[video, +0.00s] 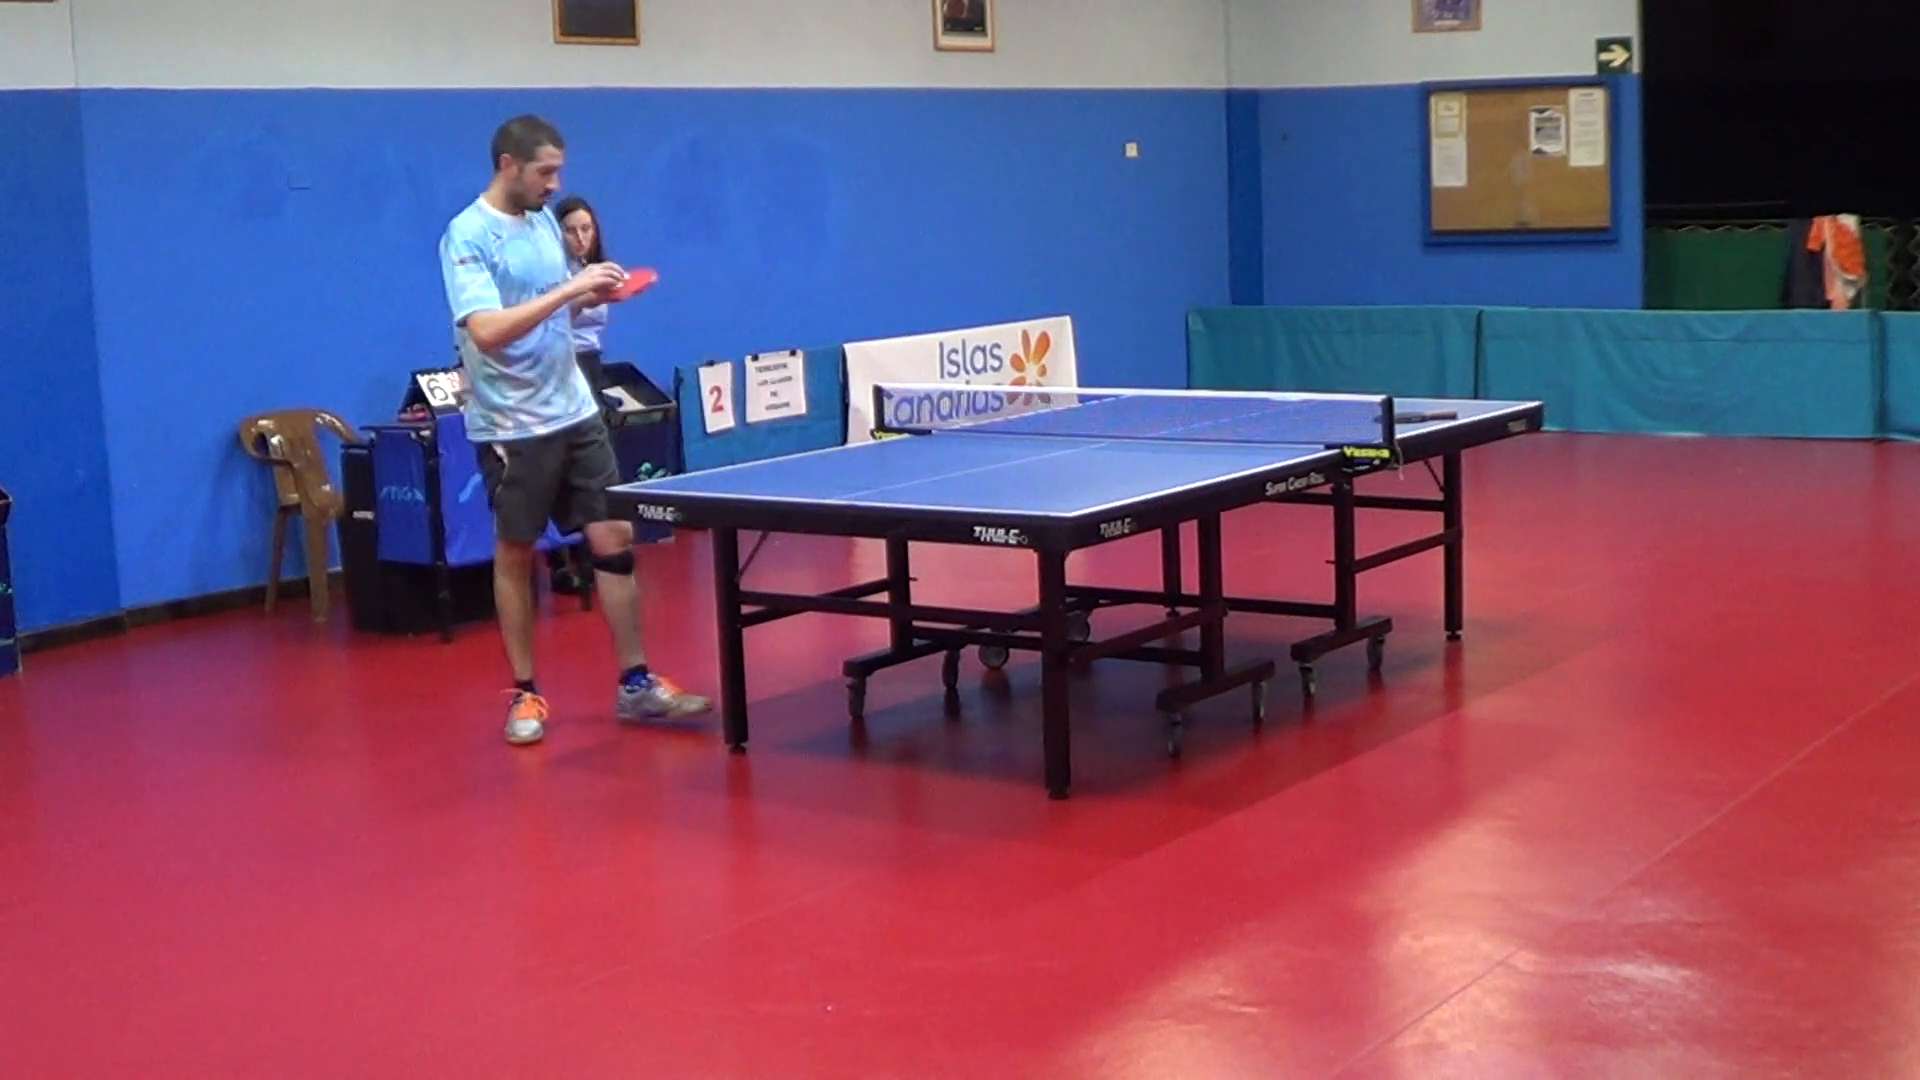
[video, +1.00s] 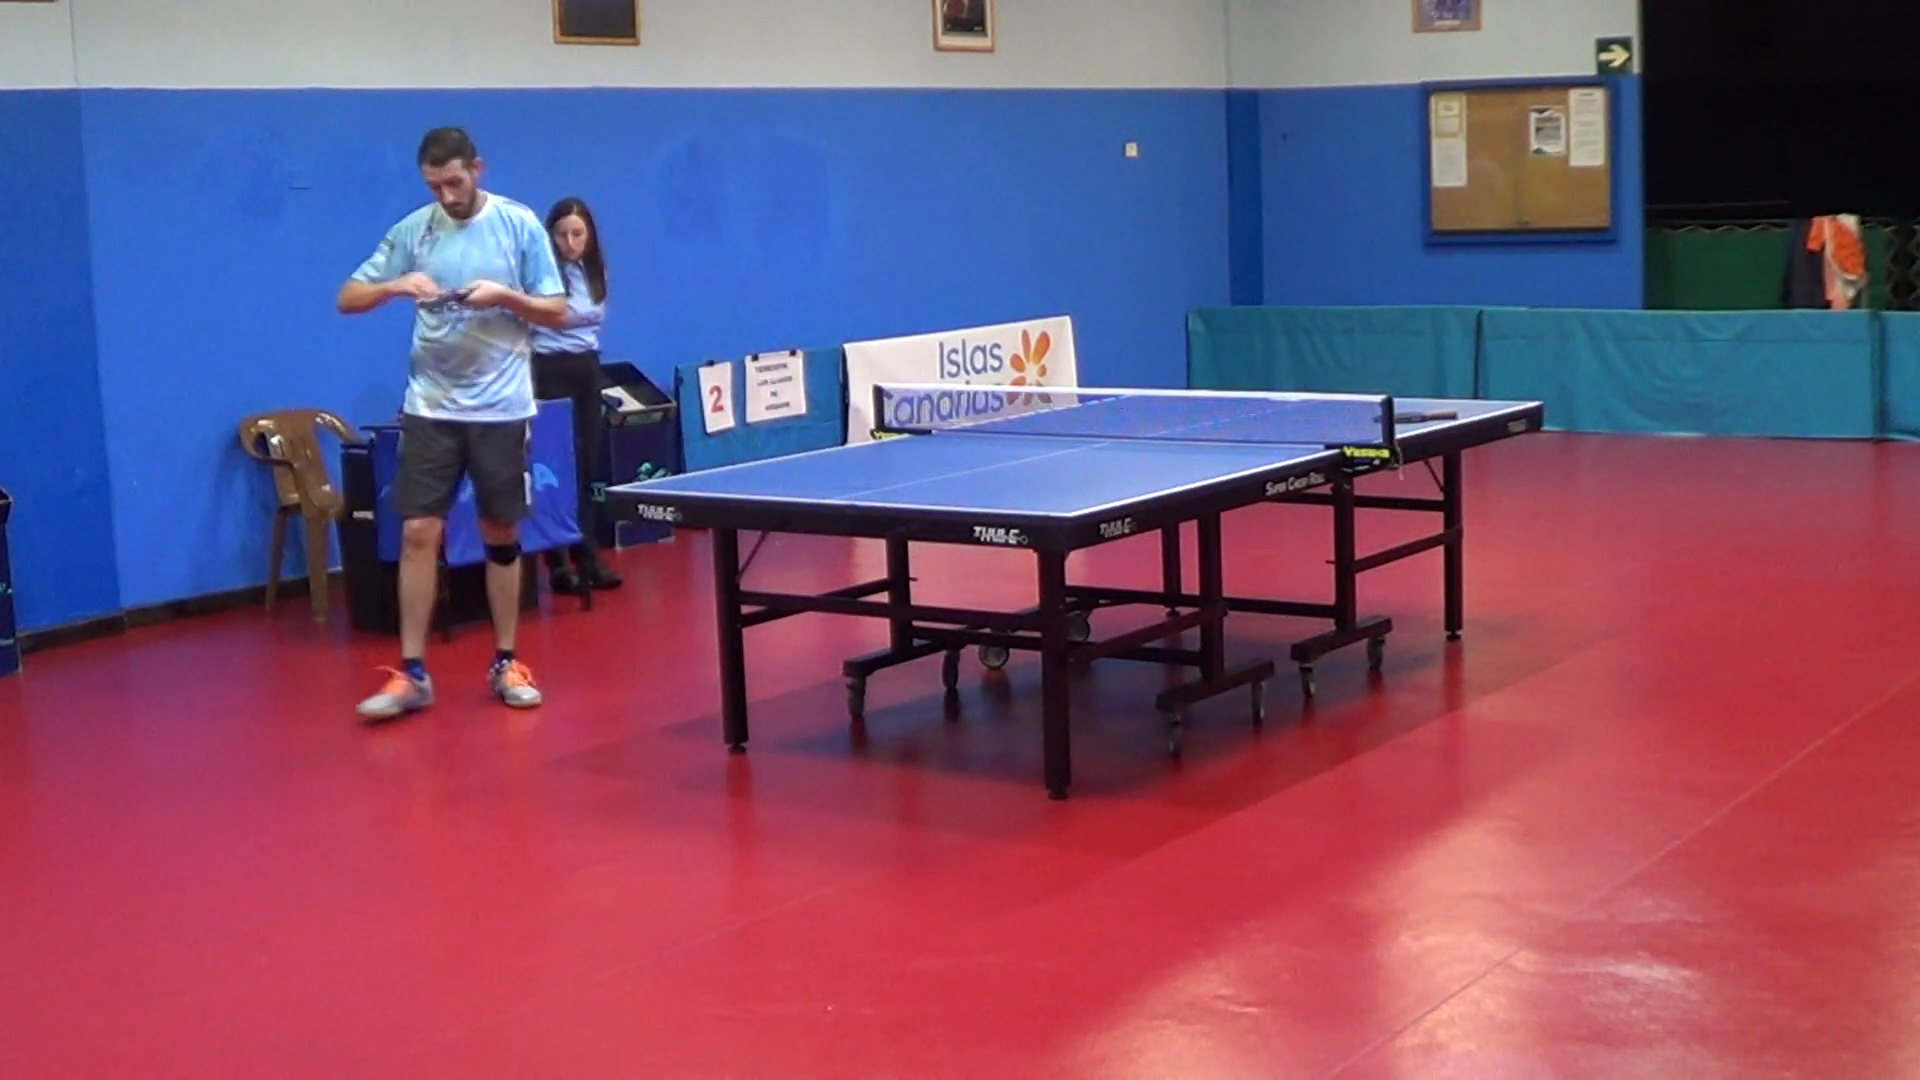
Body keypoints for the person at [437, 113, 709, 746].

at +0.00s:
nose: (553, 183)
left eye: (557, 173)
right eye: (545, 172)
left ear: (536, 169)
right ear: (508, 166)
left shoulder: (544, 221)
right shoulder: (465, 235)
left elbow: (553, 307)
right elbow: (487, 333)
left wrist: (594, 290)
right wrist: (570, 291)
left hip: (576, 408)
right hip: (513, 425)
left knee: (614, 538)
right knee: (516, 553)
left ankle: (636, 684)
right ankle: (526, 693)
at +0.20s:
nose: (529, 186)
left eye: (533, 175)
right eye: (520, 175)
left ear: (529, 172)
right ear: (483, 168)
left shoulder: (527, 219)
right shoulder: (447, 238)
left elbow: (534, 301)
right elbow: (452, 329)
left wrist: (571, 291)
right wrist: (538, 292)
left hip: (563, 403)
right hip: (501, 422)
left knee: (600, 534)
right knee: (508, 551)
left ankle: (564, 660)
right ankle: (522, 689)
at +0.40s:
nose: (516, 184)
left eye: (520, 173)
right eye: (505, 173)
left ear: (519, 169)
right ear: (471, 169)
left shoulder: (528, 223)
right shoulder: (435, 235)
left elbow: (549, 311)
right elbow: (401, 314)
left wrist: (559, 302)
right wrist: (480, 285)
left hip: (554, 403)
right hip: (488, 416)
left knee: (579, 534)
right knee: (502, 550)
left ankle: (529, 633)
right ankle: (522, 688)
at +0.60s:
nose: (492, 188)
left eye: (500, 177)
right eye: (482, 179)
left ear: (510, 169)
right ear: (459, 173)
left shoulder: (534, 225)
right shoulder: (434, 232)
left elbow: (571, 317)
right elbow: (402, 310)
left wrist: (551, 298)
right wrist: (475, 272)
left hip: (537, 407)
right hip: (472, 410)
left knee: (528, 546)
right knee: (497, 543)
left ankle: (514, 661)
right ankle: (517, 684)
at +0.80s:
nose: (472, 192)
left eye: (479, 180)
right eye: (461, 182)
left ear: (499, 168)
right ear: (448, 175)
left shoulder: (534, 226)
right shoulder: (429, 230)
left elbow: (572, 316)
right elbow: (381, 308)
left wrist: (530, 294)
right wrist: (451, 288)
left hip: (518, 404)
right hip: (451, 404)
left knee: (508, 539)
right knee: (463, 535)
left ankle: (508, 663)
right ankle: (476, 677)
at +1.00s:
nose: (447, 195)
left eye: (453, 183)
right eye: (436, 186)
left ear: (476, 169)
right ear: (426, 180)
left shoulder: (520, 224)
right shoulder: (412, 230)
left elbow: (558, 311)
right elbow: (347, 299)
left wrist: (505, 294)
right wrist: (394, 286)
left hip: (501, 407)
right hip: (431, 408)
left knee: (501, 535)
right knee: (419, 533)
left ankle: (507, 664)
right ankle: (412, 673)